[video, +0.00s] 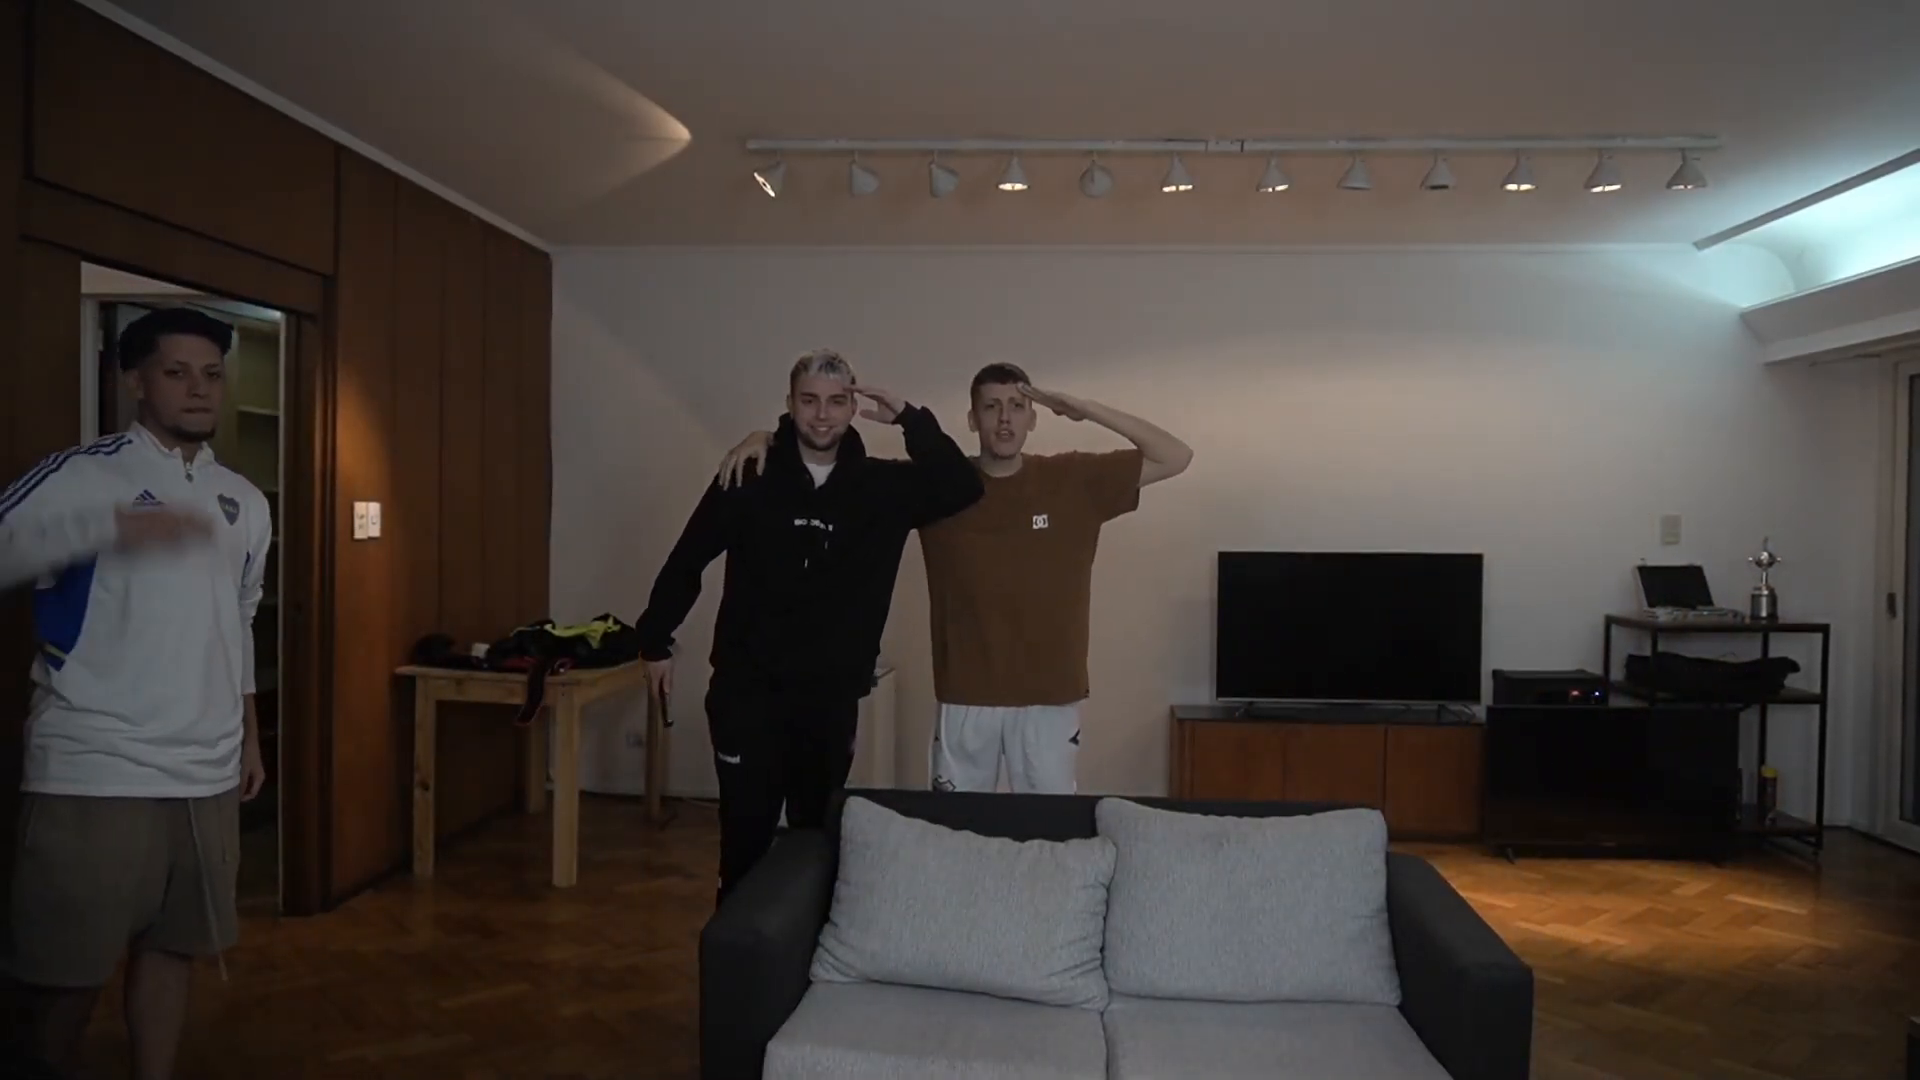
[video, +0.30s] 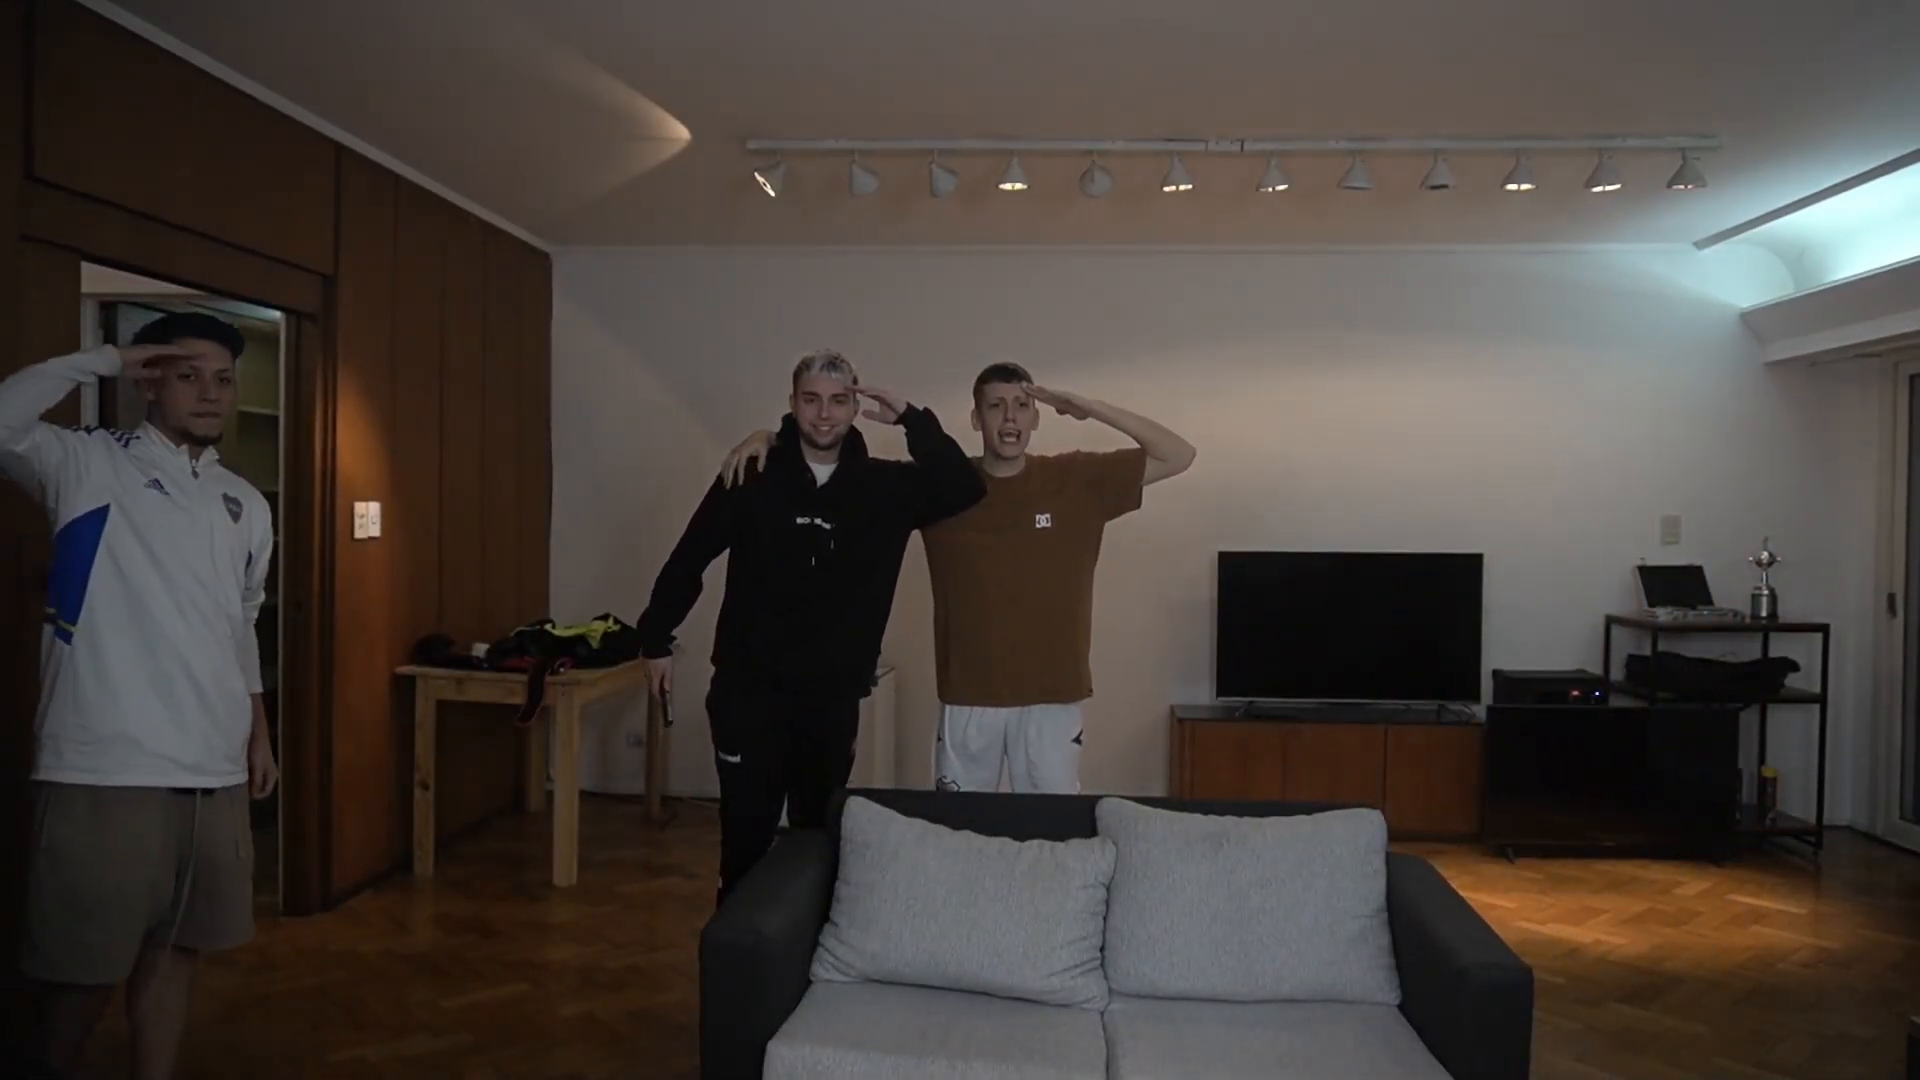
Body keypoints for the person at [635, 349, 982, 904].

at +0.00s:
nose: (822, 413)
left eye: (836, 401)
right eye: (810, 400)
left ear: (854, 409)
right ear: (790, 405)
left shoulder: (885, 485)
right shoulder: (750, 477)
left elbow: (962, 487)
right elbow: (688, 560)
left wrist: (911, 417)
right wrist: (655, 643)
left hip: (831, 691)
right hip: (748, 687)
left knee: (817, 834)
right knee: (746, 837)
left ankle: (812, 959)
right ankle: (738, 964)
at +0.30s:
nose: (824, 412)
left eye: (838, 400)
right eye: (812, 399)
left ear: (855, 409)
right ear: (792, 404)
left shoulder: (887, 486)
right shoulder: (751, 477)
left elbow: (964, 488)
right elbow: (689, 559)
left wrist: (912, 418)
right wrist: (656, 642)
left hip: (832, 692)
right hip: (749, 688)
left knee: (818, 835)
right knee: (746, 837)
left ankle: (813, 959)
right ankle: (738, 963)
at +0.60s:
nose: (826, 412)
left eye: (840, 400)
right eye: (813, 399)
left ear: (857, 409)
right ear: (794, 405)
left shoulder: (888, 486)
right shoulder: (754, 477)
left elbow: (965, 487)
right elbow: (696, 560)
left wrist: (914, 418)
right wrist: (665, 646)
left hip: (834, 689)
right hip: (750, 684)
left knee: (819, 832)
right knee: (748, 832)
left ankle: (815, 957)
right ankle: (739, 961)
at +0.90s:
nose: (826, 412)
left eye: (840, 400)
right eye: (814, 399)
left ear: (858, 410)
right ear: (795, 405)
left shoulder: (888, 487)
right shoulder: (755, 477)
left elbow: (966, 488)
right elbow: (697, 560)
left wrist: (915, 418)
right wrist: (666, 645)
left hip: (834, 690)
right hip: (751, 686)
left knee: (820, 831)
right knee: (748, 831)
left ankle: (815, 955)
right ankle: (739, 958)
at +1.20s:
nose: (826, 412)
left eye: (840, 400)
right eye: (814, 399)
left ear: (858, 410)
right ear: (795, 406)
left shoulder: (888, 487)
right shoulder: (755, 477)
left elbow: (967, 488)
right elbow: (696, 561)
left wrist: (914, 419)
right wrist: (665, 645)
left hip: (834, 690)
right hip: (750, 685)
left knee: (820, 830)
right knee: (748, 830)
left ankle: (815, 953)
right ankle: (739, 956)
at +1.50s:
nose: (824, 412)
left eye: (839, 400)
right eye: (812, 400)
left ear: (857, 410)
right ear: (794, 406)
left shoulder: (888, 486)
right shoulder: (754, 476)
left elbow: (966, 488)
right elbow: (695, 559)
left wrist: (913, 418)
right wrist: (663, 645)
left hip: (833, 690)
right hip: (749, 686)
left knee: (819, 832)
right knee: (747, 832)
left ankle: (814, 958)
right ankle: (738, 961)